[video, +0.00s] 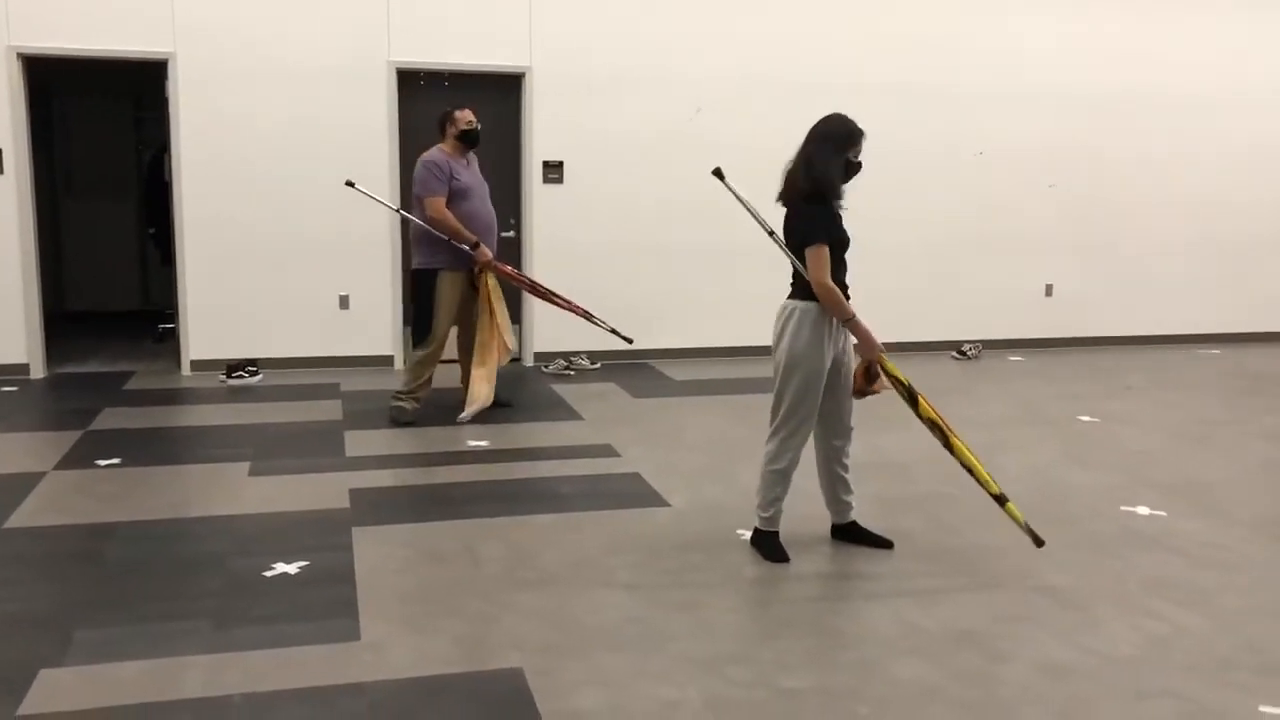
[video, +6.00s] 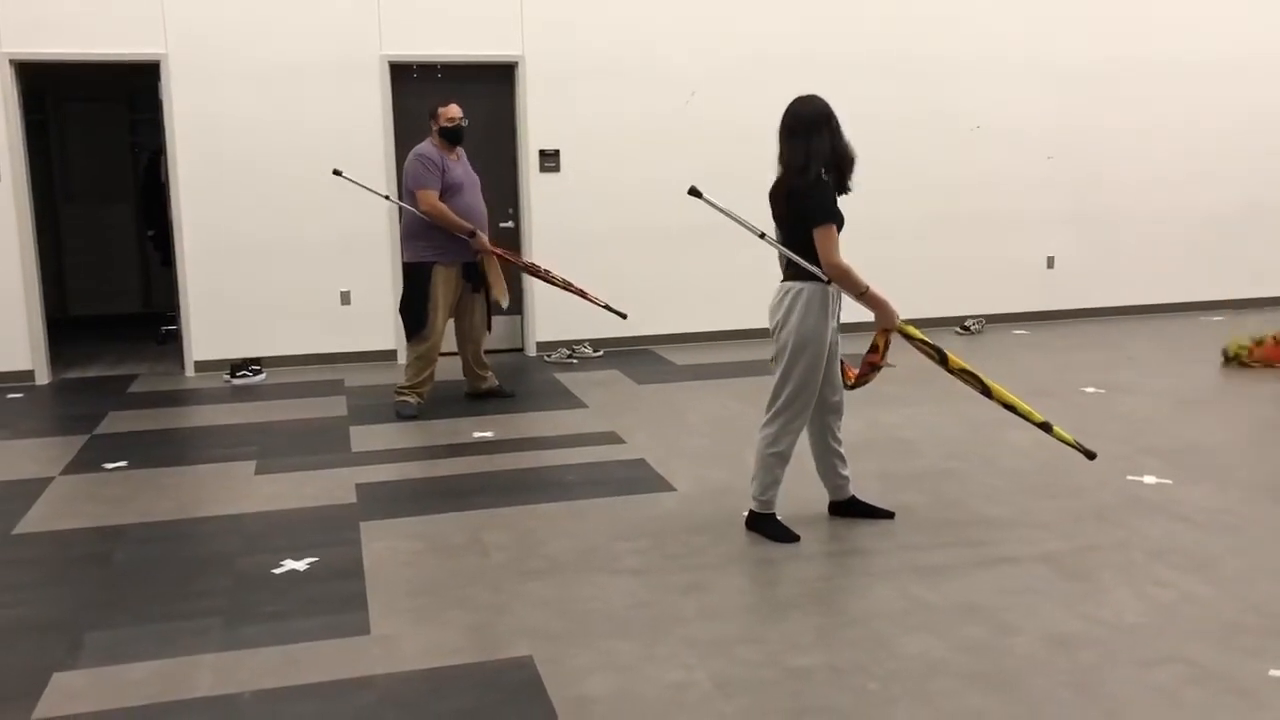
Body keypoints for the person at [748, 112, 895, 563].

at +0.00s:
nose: (858, 165)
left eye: (859, 156)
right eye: (853, 156)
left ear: (825, 153)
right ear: (832, 155)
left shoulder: (823, 204)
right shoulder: (811, 206)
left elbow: (827, 280)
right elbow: (820, 282)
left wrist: (850, 336)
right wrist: (863, 333)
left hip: (834, 323)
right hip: (806, 323)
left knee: (836, 428)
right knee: (791, 428)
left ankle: (843, 522)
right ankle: (766, 527)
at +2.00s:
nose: (825, 138)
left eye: (823, 129)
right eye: (821, 130)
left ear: (782, 130)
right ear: (810, 133)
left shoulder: (800, 181)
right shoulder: (786, 184)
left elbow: (800, 259)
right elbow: (791, 262)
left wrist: (832, 312)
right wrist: (843, 305)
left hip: (807, 302)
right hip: (782, 302)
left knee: (811, 408)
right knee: (768, 409)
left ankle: (820, 500)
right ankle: (743, 507)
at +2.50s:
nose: (829, 144)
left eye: (823, 135)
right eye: (825, 136)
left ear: (776, 142)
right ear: (820, 140)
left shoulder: (768, 192)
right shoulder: (812, 191)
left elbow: (766, 267)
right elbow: (811, 266)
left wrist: (771, 323)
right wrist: (860, 307)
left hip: (779, 303)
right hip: (797, 305)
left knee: (812, 409)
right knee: (782, 410)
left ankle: (827, 501)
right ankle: (745, 510)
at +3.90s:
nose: (828, 156)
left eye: (825, 147)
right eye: (823, 147)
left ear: (779, 151)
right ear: (814, 151)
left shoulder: (777, 201)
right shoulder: (804, 202)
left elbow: (778, 274)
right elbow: (816, 279)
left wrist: (831, 303)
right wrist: (866, 318)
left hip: (802, 315)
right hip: (799, 317)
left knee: (823, 419)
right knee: (786, 422)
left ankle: (832, 513)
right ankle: (753, 524)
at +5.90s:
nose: (837, 139)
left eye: (832, 131)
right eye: (833, 131)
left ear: (792, 136)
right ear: (826, 135)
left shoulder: (797, 181)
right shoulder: (813, 185)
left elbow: (811, 259)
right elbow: (828, 263)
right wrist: (876, 305)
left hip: (816, 301)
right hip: (805, 302)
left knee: (828, 406)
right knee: (789, 409)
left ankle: (841, 498)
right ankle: (761, 511)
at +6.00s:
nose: (838, 138)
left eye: (833, 130)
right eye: (834, 130)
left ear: (789, 137)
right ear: (827, 135)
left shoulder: (791, 185)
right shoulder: (814, 186)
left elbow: (804, 259)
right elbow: (830, 264)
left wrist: (854, 291)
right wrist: (876, 302)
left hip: (811, 300)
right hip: (806, 301)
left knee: (828, 405)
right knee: (789, 408)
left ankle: (841, 497)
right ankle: (761, 509)